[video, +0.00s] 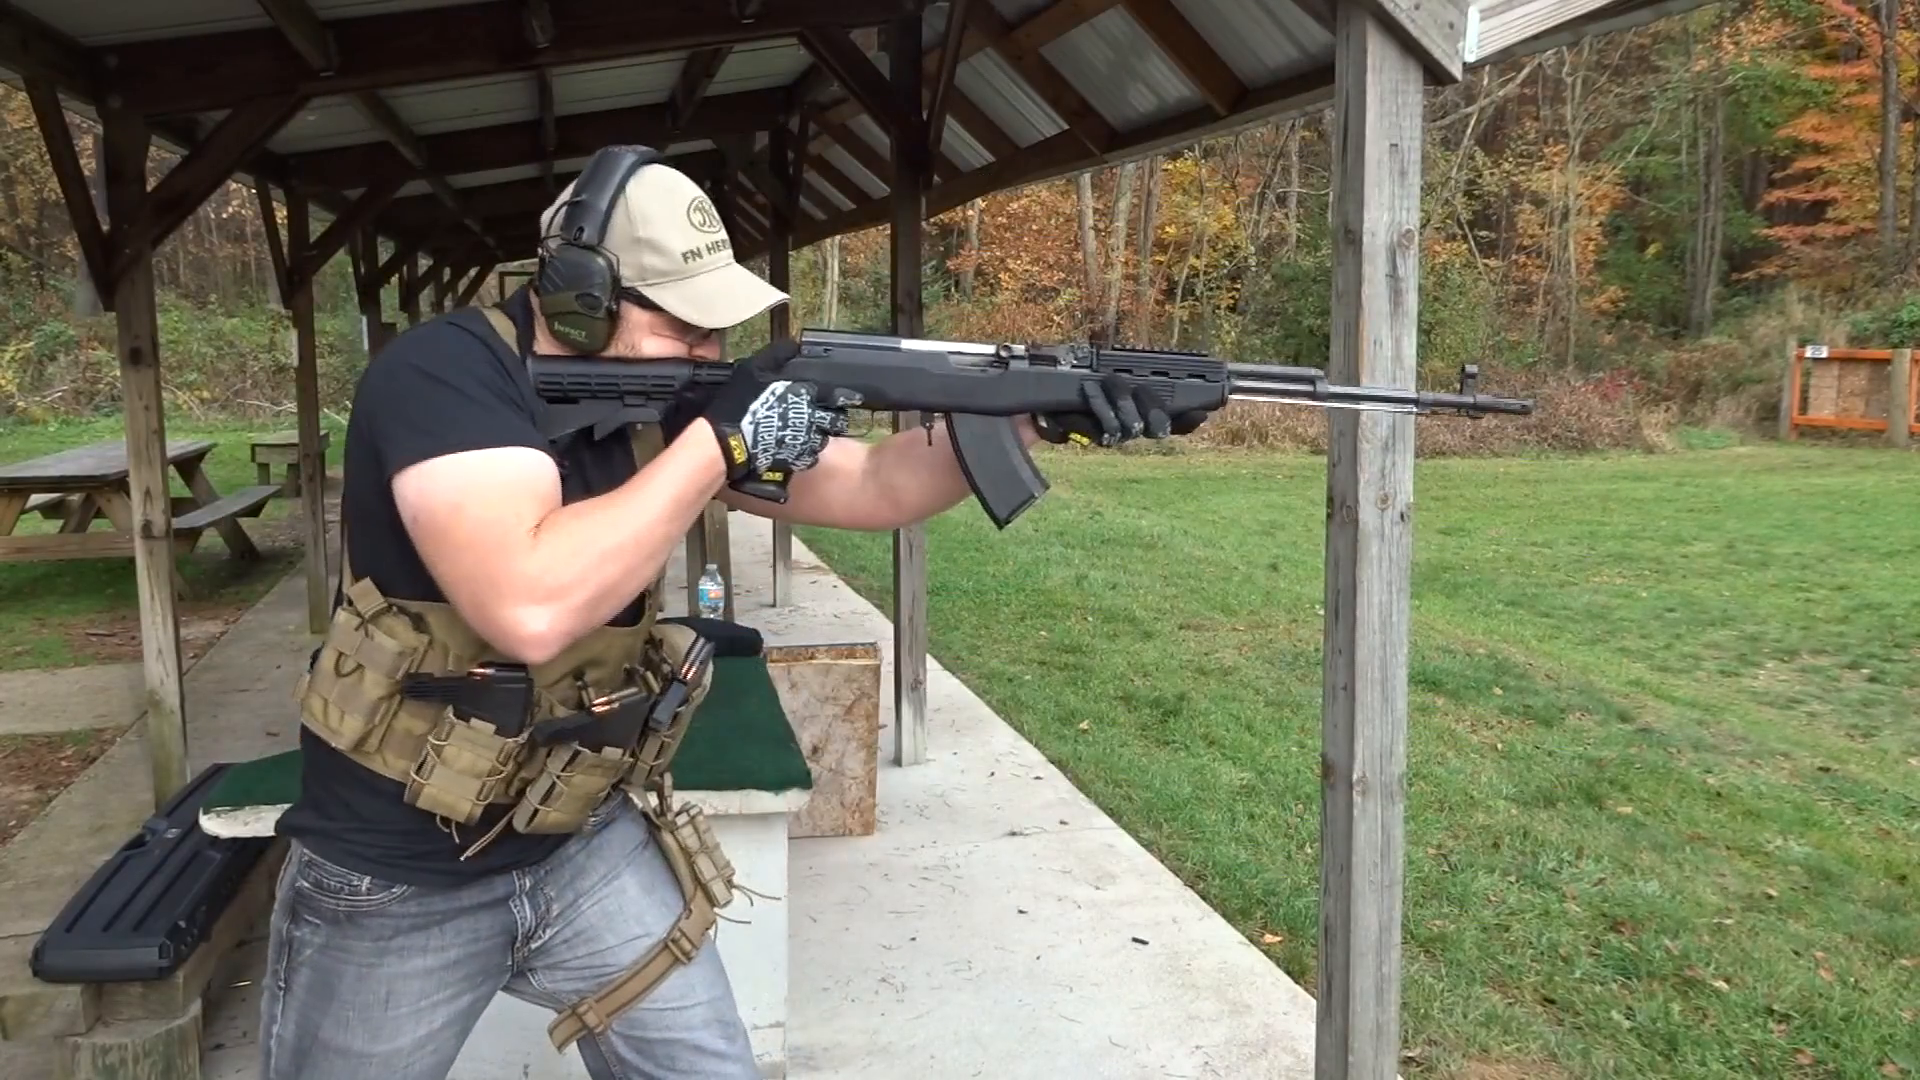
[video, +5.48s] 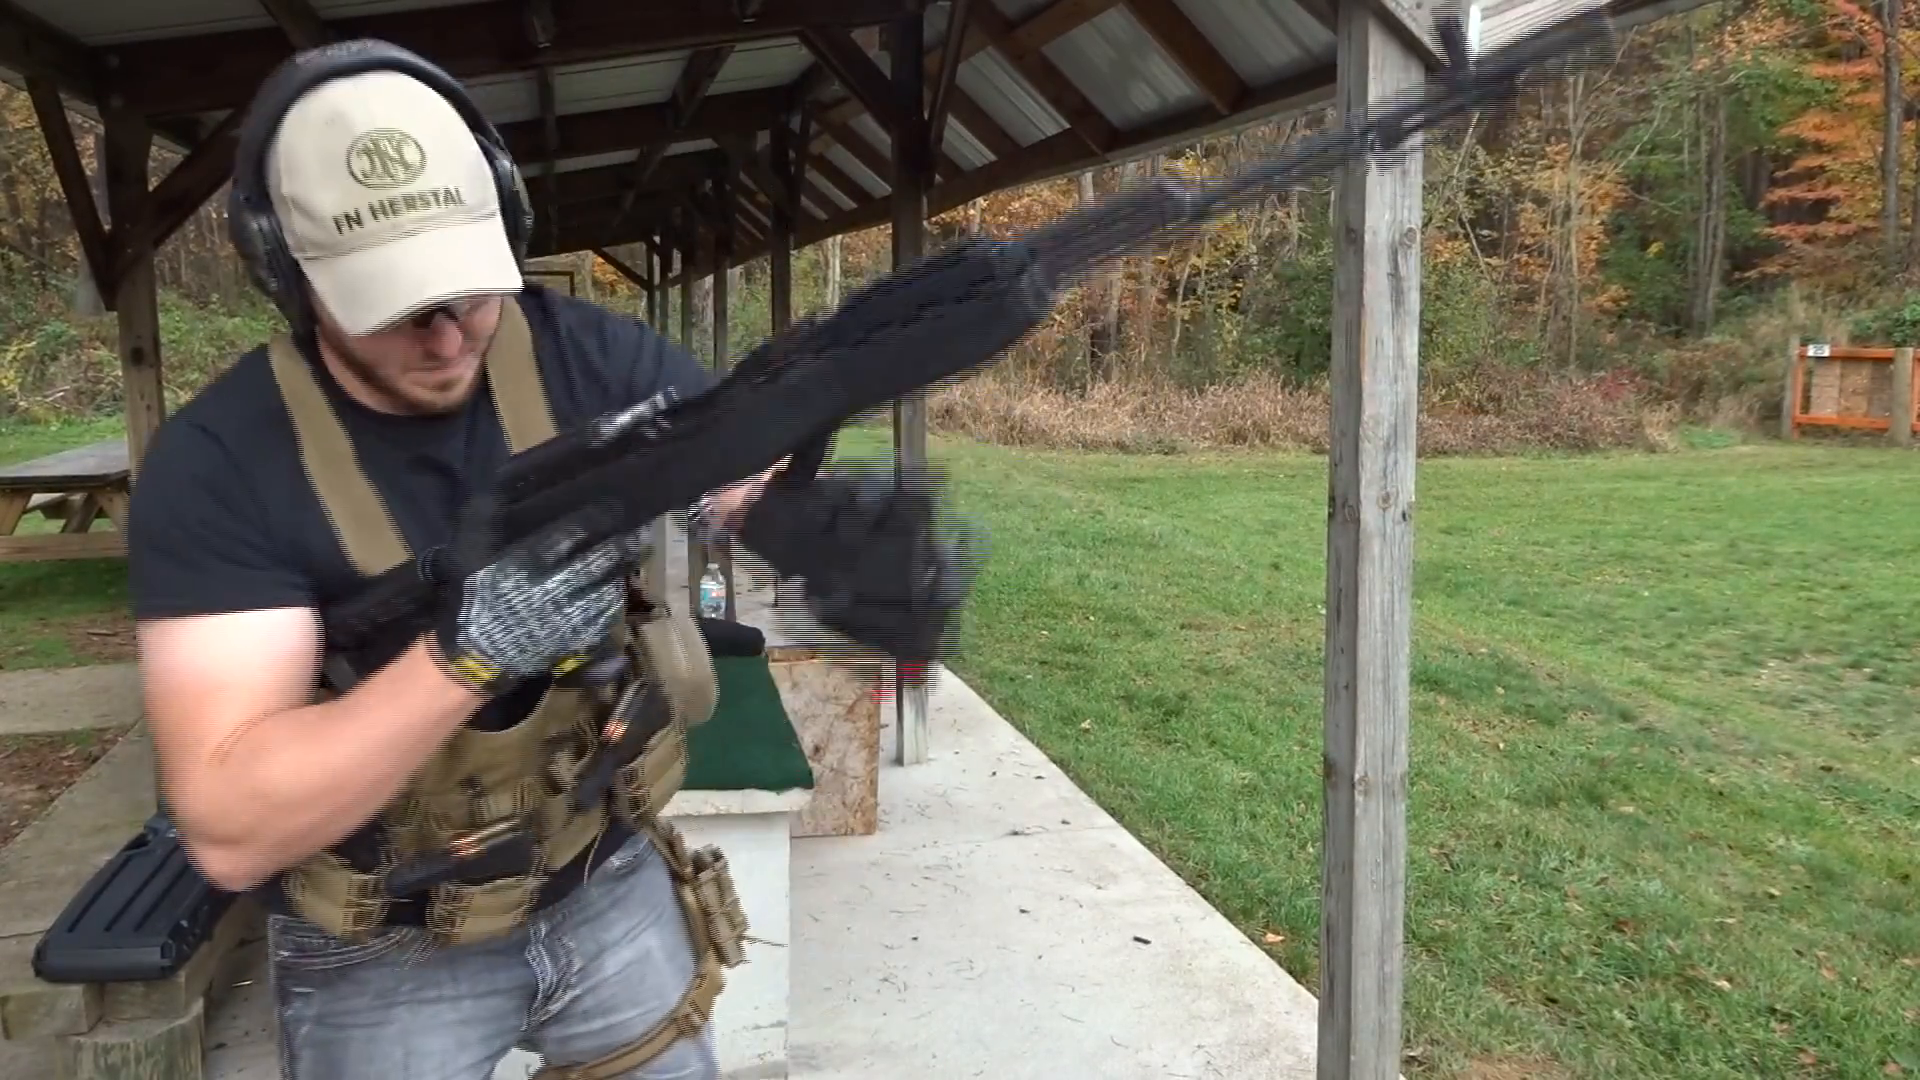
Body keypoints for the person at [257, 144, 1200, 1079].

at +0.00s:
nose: (705, 352)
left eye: (710, 330)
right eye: (680, 327)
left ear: (692, 309)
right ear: (582, 302)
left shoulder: (659, 404)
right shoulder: (433, 381)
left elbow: (876, 481)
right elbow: (533, 607)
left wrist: (1053, 404)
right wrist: (718, 438)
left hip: (593, 842)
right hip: (396, 876)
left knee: (711, 1065)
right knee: (331, 1075)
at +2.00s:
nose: (659, 349)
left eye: (665, 326)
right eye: (632, 325)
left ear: (664, 300)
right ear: (533, 301)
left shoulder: (625, 402)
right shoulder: (384, 379)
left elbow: (833, 479)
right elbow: (477, 602)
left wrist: (1015, 400)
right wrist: (683, 431)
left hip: (579, 848)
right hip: (385, 893)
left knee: (701, 1059)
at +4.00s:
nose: (628, 351)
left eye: (636, 326)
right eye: (600, 326)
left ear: (644, 297)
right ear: (498, 296)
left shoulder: (606, 400)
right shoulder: (354, 381)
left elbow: (805, 480)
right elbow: (439, 601)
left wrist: (978, 397)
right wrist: (648, 432)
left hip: (573, 848)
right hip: (377, 893)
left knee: (693, 1069)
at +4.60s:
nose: (752, 278)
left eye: (756, 249)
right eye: (723, 250)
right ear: (623, 240)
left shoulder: (741, 385)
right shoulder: (497, 375)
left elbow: (897, 525)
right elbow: (528, 622)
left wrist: (985, 458)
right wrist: (769, 500)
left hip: (693, 827)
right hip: (493, 860)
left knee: (787, 1066)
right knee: (428, 1066)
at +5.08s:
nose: (622, 283)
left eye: (639, 243)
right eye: (579, 255)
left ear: (672, 236)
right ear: (503, 260)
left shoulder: (729, 357)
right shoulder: (430, 421)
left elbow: (915, 510)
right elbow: (450, 745)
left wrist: (969, 470)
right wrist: (699, 571)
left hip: (721, 847)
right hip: (514, 885)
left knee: (785, 1062)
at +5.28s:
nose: (502, 318)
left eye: (520, 271)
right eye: (457, 288)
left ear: (563, 247)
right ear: (377, 285)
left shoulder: (644, 361)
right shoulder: (311, 465)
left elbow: (842, 496)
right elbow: (356, 811)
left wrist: (911, 490)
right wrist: (610, 619)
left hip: (648, 874)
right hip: (431, 937)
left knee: (722, 1060)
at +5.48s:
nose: (446, 330)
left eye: (468, 282)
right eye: (395, 304)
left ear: (502, 230)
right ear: (297, 281)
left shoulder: (587, 356)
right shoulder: (219, 468)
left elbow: (775, 492)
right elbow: (230, 827)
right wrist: (464, 657)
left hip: (616, 893)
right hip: (384, 956)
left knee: (676, 1064)